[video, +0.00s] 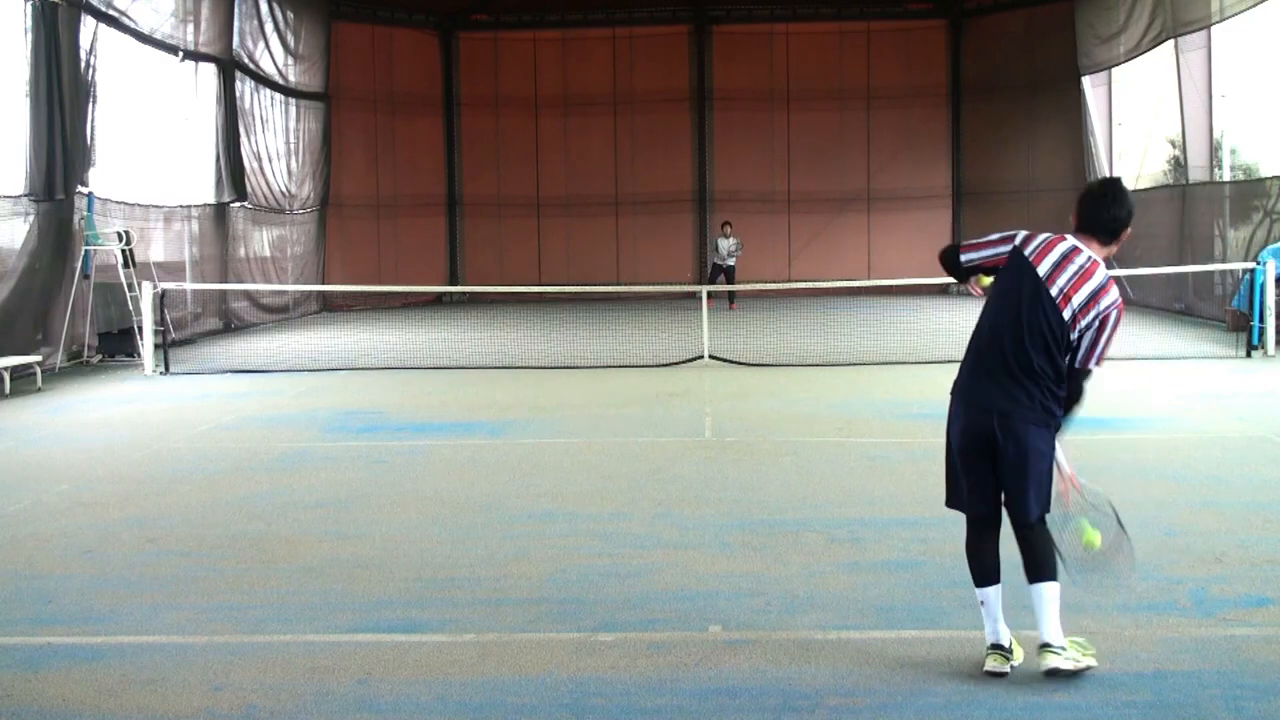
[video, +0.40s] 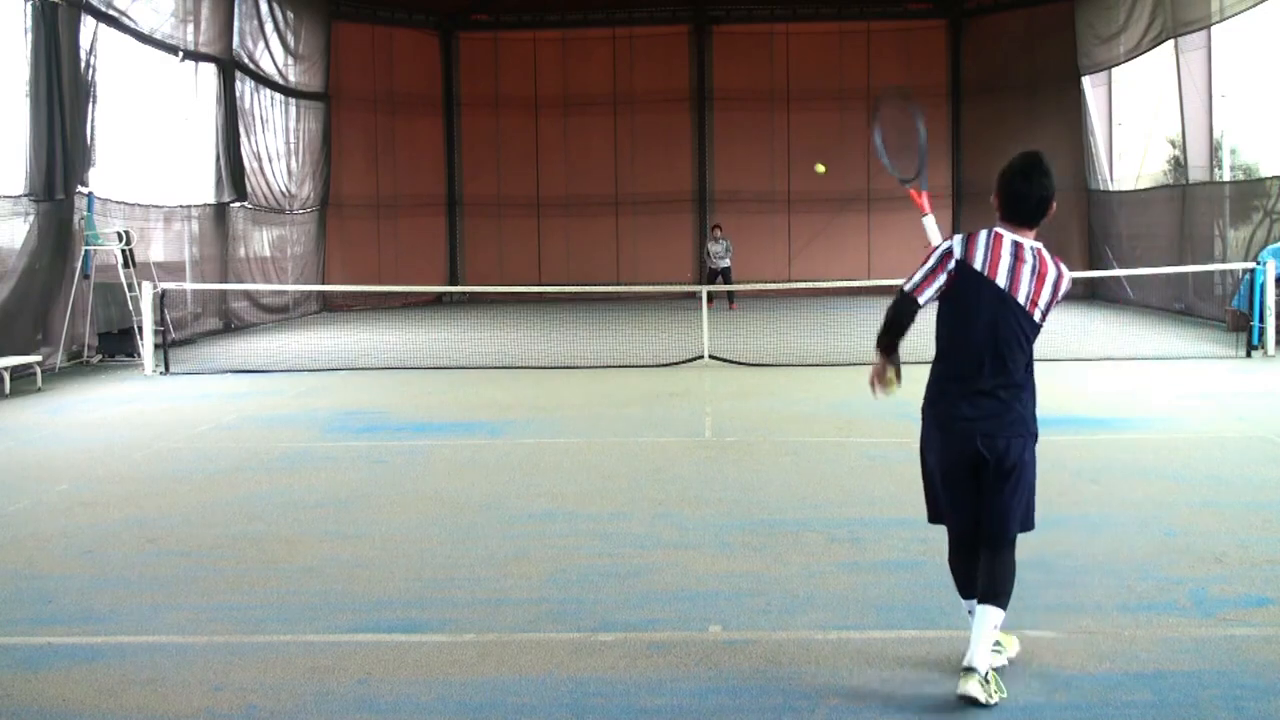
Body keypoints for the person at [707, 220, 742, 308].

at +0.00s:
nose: (727, 230)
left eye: (728, 228)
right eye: (725, 228)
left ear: (731, 230)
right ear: (722, 230)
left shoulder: (735, 241)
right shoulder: (718, 240)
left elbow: (739, 252)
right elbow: (715, 251)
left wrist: (733, 254)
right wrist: (721, 256)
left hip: (730, 264)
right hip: (718, 263)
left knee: (731, 283)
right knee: (711, 280)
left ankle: (732, 303)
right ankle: (709, 298)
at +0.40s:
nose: (716, 233)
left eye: (718, 231)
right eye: (715, 231)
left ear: (721, 232)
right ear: (712, 233)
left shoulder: (726, 243)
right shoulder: (709, 244)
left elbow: (729, 252)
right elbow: (706, 255)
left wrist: (722, 258)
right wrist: (711, 263)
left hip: (725, 266)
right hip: (713, 266)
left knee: (729, 284)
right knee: (709, 284)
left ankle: (731, 303)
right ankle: (710, 301)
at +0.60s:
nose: (718, 232)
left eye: (720, 230)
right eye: (716, 230)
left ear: (722, 232)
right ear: (713, 232)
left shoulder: (726, 242)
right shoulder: (710, 242)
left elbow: (725, 252)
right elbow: (708, 253)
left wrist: (714, 249)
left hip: (726, 265)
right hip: (715, 266)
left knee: (730, 284)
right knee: (710, 284)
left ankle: (737, 301)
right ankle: (710, 302)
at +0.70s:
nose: (721, 234)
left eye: (723, 232)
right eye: (720, 232)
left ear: (726, 234)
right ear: (717, 234)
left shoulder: (728, 242)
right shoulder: (713, 243)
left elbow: (725, 250)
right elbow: (710, 256)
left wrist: (714, 246)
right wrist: (708, 251)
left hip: (727, 266)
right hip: (716, 267)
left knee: (731, 284)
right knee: (710, 285)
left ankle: (743, 300)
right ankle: (710, 302)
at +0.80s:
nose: (725, 236)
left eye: (727, 234)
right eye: (724, 234)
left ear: (730, 235)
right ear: (722, 235)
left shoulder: (733, 244)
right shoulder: (721, 245)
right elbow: (715, 252)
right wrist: (708, 252)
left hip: (732, 268)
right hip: (721, 268)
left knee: (736, 286)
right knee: (713, 286)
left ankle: (745, 302)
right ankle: (710, 302)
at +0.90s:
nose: (730, 235)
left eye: (731, 232)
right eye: (728, 233)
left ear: (734, 234)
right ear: (726, 234)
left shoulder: (737, 242)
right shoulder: (725, 245)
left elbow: (734, 248)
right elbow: (718, 250)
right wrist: (709, 251)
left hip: (737, 267)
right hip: (727, 267)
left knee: (740, 285)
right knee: (720, 285)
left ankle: (745, 302)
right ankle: (714, 301)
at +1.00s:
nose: (732, 233)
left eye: (733, 231)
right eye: (730, 231)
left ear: (737, 232)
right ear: (728, 232)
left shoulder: (740, 241)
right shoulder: (729, 242)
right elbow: (722, 248)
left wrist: (715, 245)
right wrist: (711, 249)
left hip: (742, 264)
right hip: (732, 265)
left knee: (742, 284)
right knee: (727, 283)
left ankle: (746, 302)